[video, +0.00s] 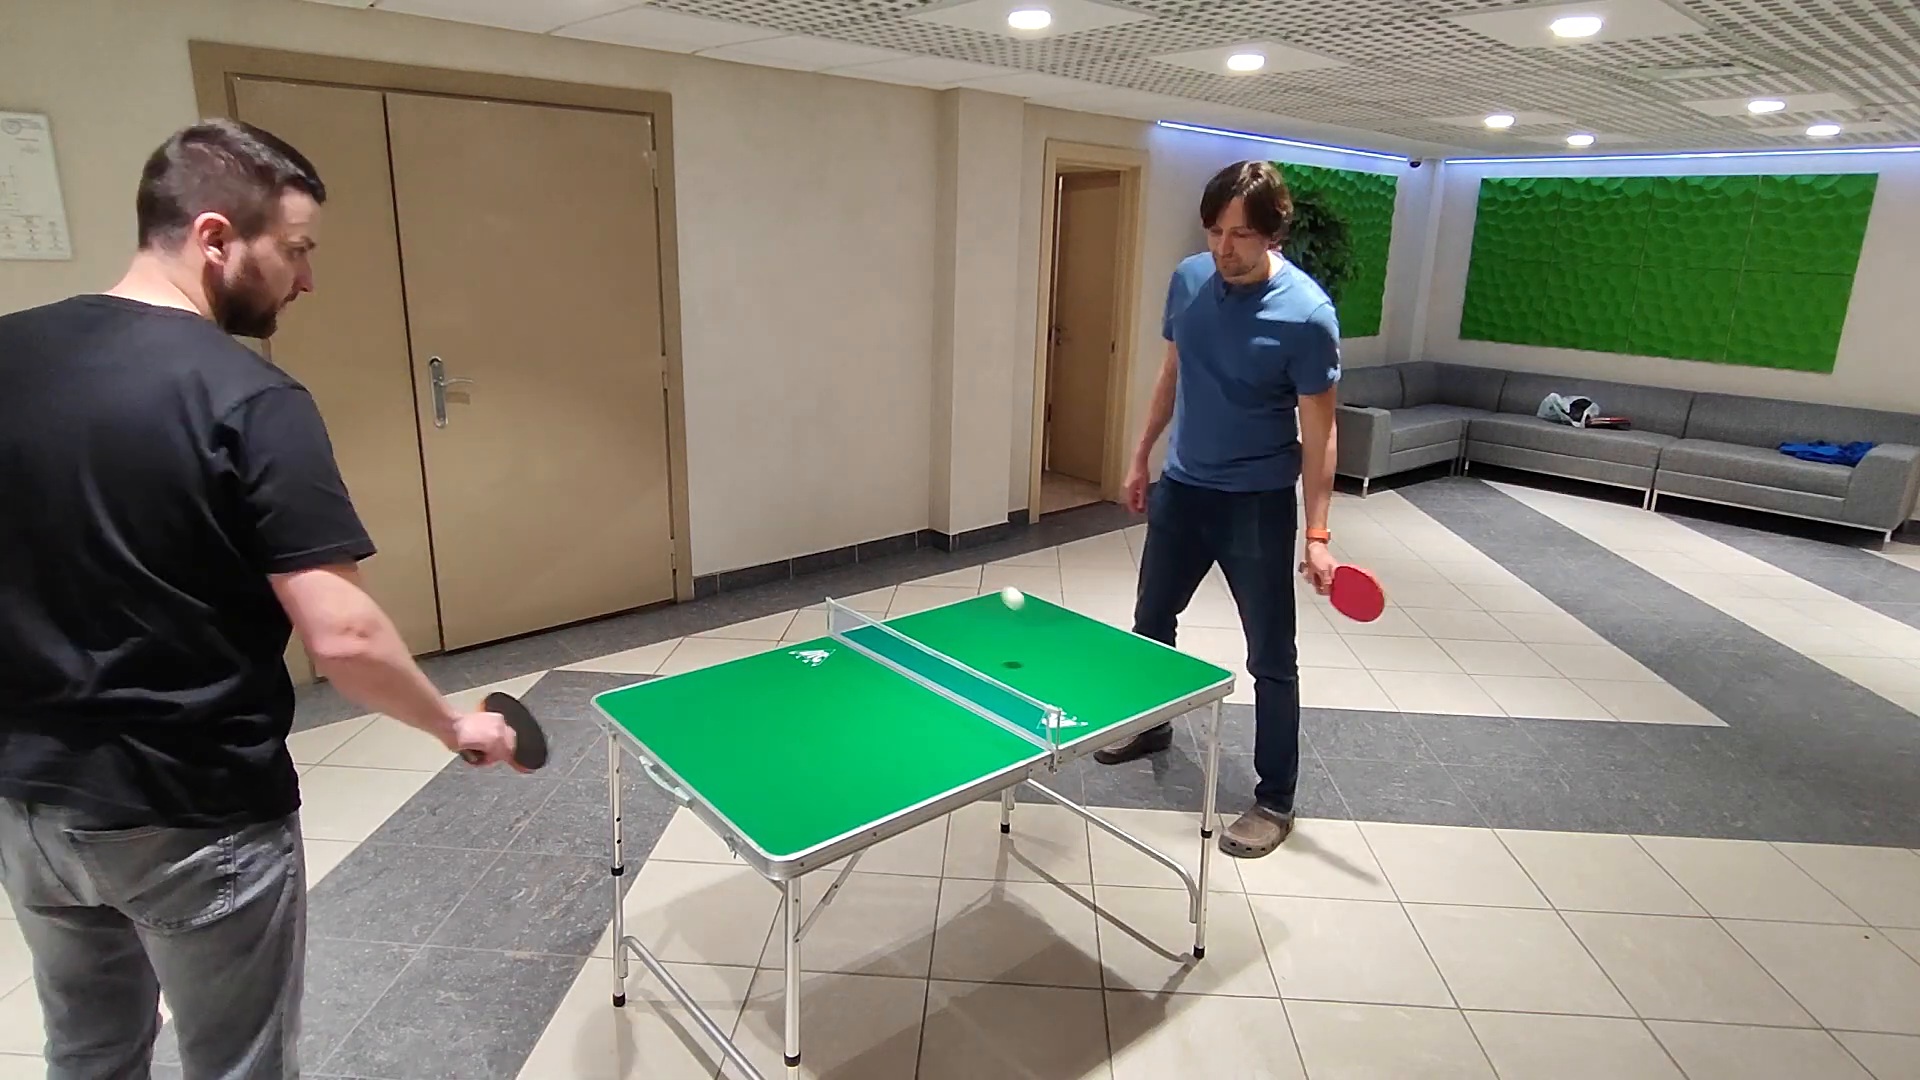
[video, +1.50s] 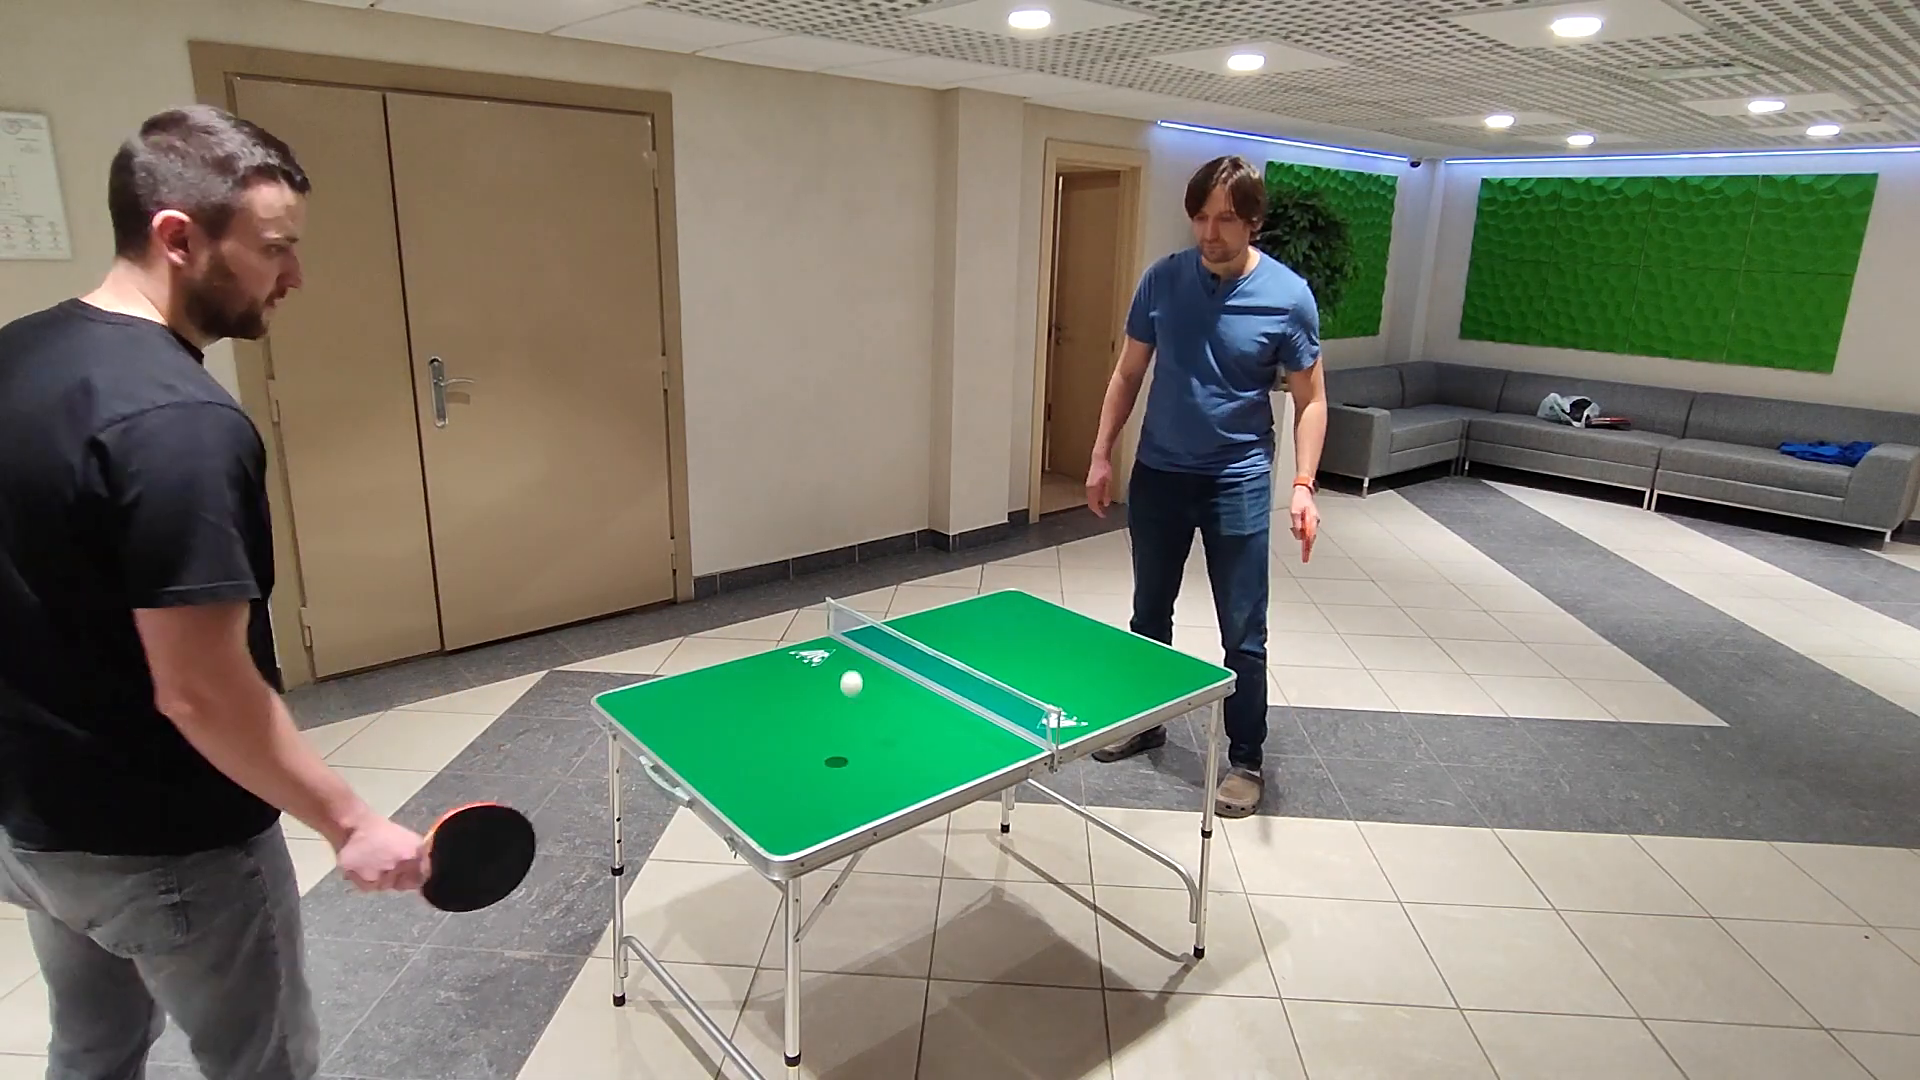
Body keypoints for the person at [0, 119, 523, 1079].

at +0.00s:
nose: (305, 280)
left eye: (310, 255)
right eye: (296, 251)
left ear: (203, 234)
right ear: (214, 238)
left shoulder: (15, 347)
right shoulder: (249, 396)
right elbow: (342, 637)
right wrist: (451, 723)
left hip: (28, 797)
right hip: (195, 811)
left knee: (89, 1061)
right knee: (239, 1064)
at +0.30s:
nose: (233, 246)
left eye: (230, 219)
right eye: (211, 218)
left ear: (111, 219)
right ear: (114, 218)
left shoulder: (13, 343)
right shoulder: (142, 392)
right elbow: (162, 644)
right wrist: (301, 748)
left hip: (41, 801)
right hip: (167, 827)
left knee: (83, 1055)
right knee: (232, 1063)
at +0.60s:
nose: (204, 253)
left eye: (202, 226)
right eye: (181, 223)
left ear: (80, 220)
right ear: (80, 216)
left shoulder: (29, 347)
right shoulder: (70, 382)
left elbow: (157, 543)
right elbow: (107, 637)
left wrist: (278, 635)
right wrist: (287, 729)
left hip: (48, 813)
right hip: (141, 831)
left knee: (74, 1058)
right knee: (228, 1061)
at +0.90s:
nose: (285, 299)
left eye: (287, 270)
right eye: (268, 265)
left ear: (165, 245)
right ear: (170, 244)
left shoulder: (13, 349)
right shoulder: (170, 413)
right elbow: (341, 626)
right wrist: (499, 732)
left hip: (19, 831)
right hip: (141, 849)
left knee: (61, 1065)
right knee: (219, 1064)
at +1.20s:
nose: (370, 331)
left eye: (375, 306)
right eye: (359, 301)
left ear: (254, 277)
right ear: (271, 281)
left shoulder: (39, 353)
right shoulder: (269, 445)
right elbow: (437, 656)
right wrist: (584, 776)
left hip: (6, 834)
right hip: (140, 857)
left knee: (50, 1065)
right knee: (215, 1067)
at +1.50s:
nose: (295, 277)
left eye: (294, 248)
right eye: (278, 246)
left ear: (171, 239)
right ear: (177, 239)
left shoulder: (18, 352)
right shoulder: (182, 422)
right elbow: (204, 688)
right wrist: (348, 822)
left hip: (36, 821)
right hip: (176, 847)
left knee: (90, 1056)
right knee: (269, 1063)